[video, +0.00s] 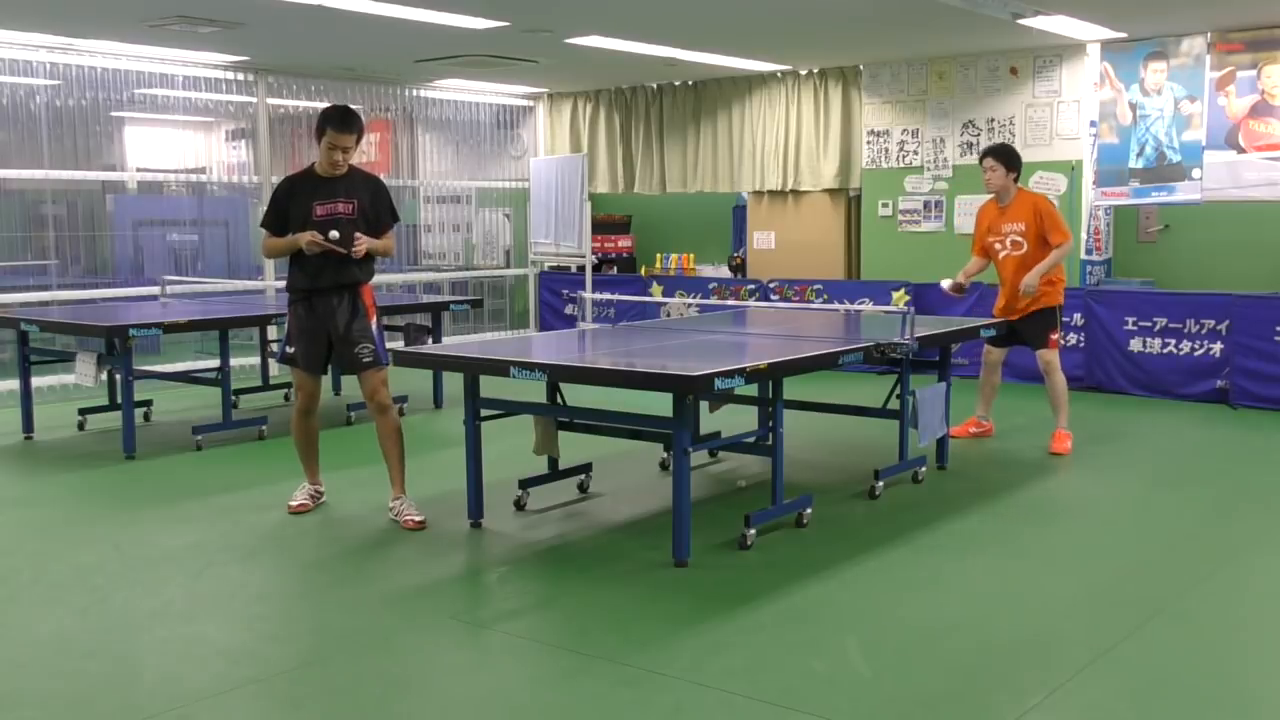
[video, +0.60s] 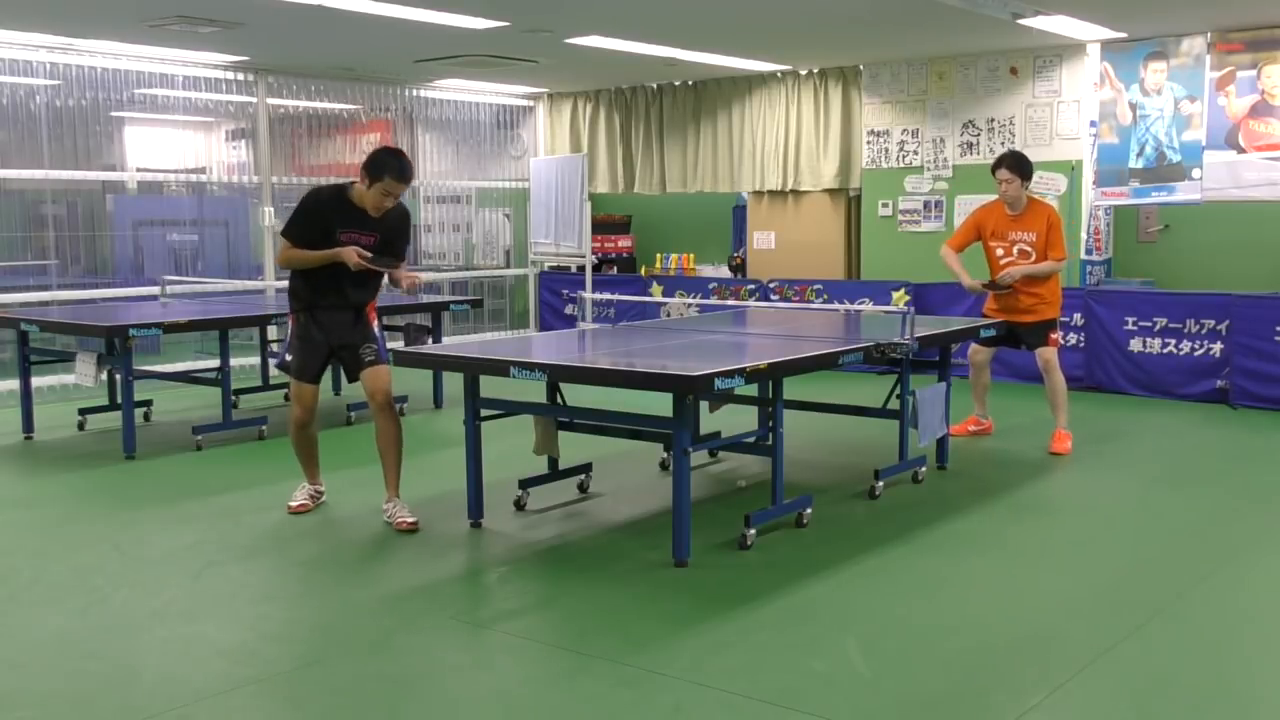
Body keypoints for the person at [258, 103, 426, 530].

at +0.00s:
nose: (340, 158)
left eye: (348, 150)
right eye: (333, 148)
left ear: (358, 146)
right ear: (317, 141)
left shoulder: (371, 187)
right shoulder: (290, 189)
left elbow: (390, 246)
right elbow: (269, 247)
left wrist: (371, 244)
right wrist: (298, 241)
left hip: (356, 303)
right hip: (307, 305)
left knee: (381, 399)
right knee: (305, 401)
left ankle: (399, 496)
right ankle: (312, 484)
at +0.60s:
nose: (390, 204)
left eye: (397, 197)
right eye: (385, 195)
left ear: (404, 191)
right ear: (364, 181)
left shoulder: (397, 218)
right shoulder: (321, 200)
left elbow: (392, 267)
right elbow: (284, 257)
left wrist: (401, 276)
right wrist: (338, 254)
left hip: (359, 316)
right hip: (310, 316)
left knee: (383, 397)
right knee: (301, 415)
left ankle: (393, 500)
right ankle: (313, 486)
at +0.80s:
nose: (423, 262)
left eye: (430, 256)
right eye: (419, 253)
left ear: (435, 248)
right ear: (397, 236)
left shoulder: (423, 262)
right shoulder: (352, 240)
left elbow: (414, 318)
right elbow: (326, 305)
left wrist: (433, 323)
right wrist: (387, 292)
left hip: (377, 338)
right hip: (328, 336)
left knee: (402, 413)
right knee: (298, 437)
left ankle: (394, 501)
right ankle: (314, 482)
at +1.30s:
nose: (448, 290)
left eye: (455, 285)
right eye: (446, 282)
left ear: (459, 277)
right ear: (424, 262)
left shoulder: (443, 285)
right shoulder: (377, 263)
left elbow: (426, 336)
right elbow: (365, 329)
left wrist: (453, 346)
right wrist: (424, 314)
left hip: (394, 357)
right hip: (345, 353)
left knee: (415, 428)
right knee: (304, 447)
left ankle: (394, 502)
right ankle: (321, 480)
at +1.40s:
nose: (448, 280)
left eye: (454, 274)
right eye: (444, 271)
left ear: (458, 270)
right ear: (420, 255)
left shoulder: (446, 280)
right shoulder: (375, 259)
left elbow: (427, 334)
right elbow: (363, 326)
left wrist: (451, 346)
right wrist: (423, 311)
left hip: (394, 353)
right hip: (345, 350)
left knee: (414, 428)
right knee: (301, 444)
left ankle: (394, 502)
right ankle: (319, 480)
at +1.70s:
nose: (410, 206)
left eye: (415, 198)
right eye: (402, 196)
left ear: (419, 200)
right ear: (378, 194)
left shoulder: (419, 232)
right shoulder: (344, 225)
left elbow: (436, 282)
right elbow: (340, 290)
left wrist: (453, 277)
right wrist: (391, 264)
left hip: (386, 338)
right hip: (337, 336)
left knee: (407, 421)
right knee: (287, 428)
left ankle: (394, 502)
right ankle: (277, 485)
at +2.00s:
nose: (344, 159)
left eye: (351, 152)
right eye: (335, 150)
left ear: (357, 160)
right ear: (316, 157)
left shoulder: (370, 196)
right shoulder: (295, 212)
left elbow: (412, 193)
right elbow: (283, 275)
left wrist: (420, 160)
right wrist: (288, 320)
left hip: (363, 320)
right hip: (314, 322)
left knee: (393, 410)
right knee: (282, 418)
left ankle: (394, 501)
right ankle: (274, 487)